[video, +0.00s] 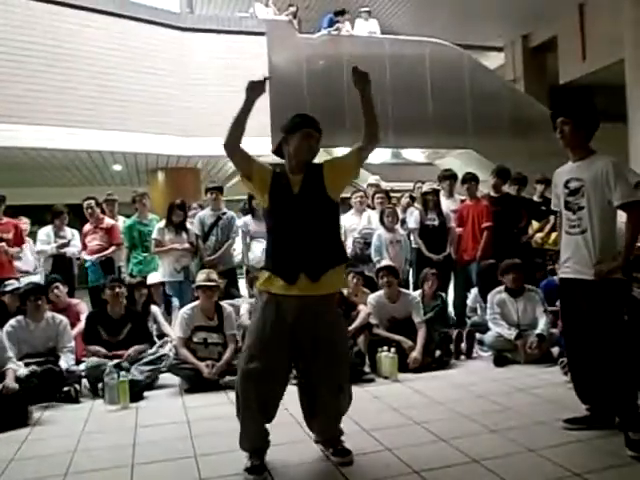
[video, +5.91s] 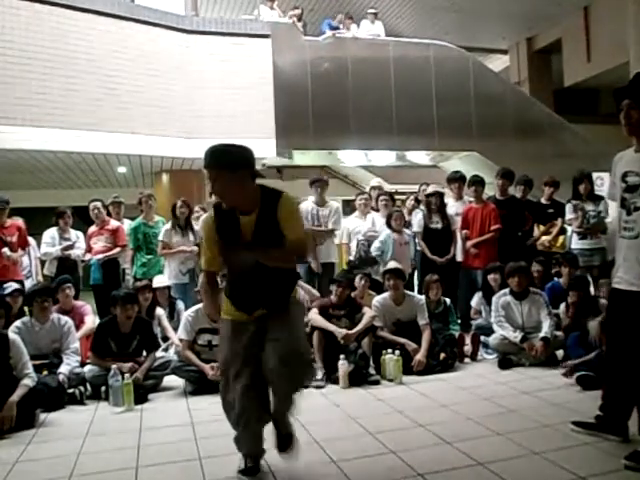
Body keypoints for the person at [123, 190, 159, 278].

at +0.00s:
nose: (144, 203)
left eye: (145, 199)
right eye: (140, 200)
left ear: (149, 202)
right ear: (135, 205)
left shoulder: (156, 220)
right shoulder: (129, 224)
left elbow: (160, 243)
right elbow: (127, 247)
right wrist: (124, 268)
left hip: (154, 266)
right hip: (136, 267)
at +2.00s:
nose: (144, 203)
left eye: (146, 199)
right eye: (140, 200)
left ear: (150, 202)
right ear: (136, 204)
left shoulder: (157, 220)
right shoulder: (130, 224)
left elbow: (160, 243)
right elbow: (127, 247)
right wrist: (125, 269)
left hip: (155, 266)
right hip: (138, 267)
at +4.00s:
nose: (147, 204)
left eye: (149, 201)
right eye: (143, 202)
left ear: (153, 204)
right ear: (139, 206)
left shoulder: (160, 222)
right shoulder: (133, 227)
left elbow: (165, 245)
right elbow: (130, 249)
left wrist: (168, 267)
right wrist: (129, 271)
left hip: (159, 268)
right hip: (141, 269)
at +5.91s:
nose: (149, 204)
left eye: (151, 200)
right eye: (145, 202)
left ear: (155, 203)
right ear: (141, 206)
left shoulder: (162, 222)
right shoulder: (135, 226)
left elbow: (165, 244)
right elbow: (132, 249)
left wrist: (168, 266)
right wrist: (129, 269)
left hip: (159, 268)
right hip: (142, 269)